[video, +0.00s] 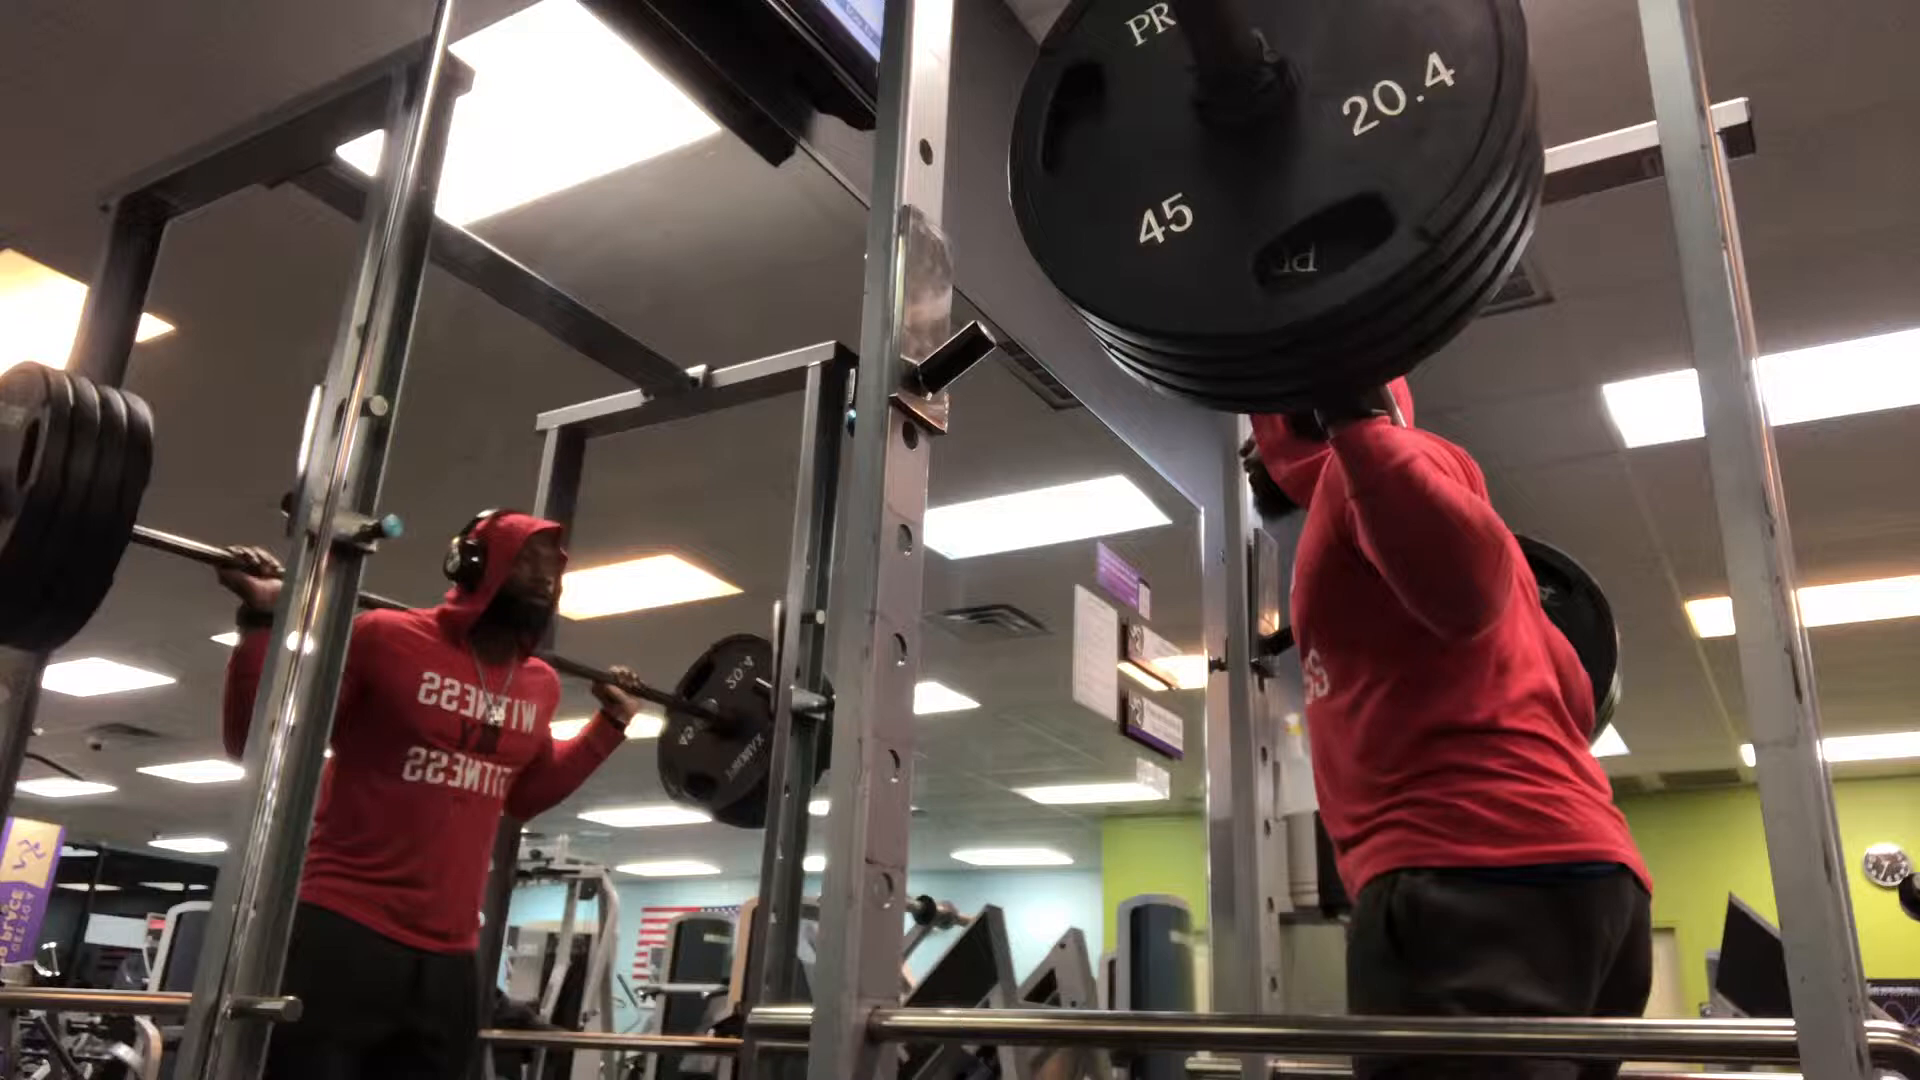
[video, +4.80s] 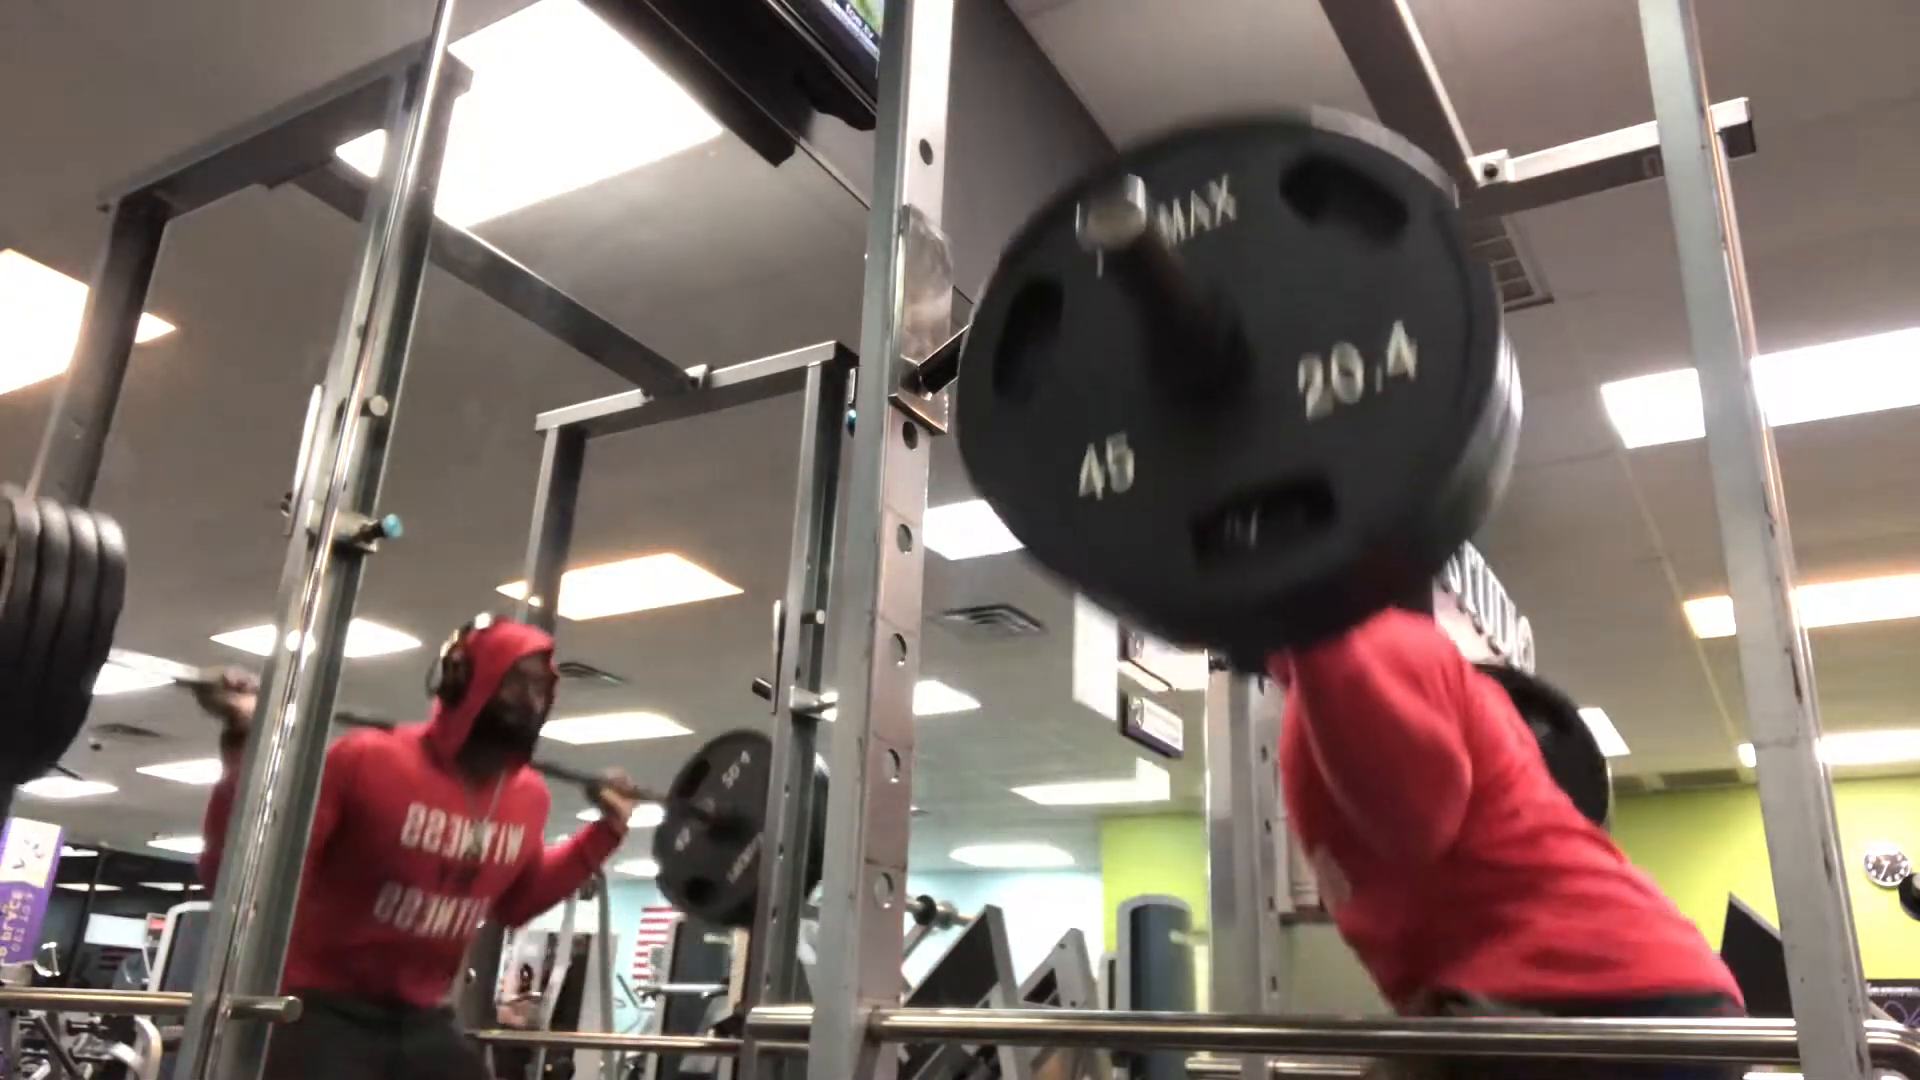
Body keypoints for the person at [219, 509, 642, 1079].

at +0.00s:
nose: (547, 579)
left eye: (555, 567)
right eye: (531, 562)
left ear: (560, 581)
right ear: (483, 566)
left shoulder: (538, 684)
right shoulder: (381, 636)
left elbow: (524, 796)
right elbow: (249, 742)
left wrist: (608, 724)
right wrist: (262, 620)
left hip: (450, 954)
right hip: (343, 928)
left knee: (435, 1072)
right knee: (314, 1071)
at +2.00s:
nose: (542, 601)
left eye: (553, 588)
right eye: (528, 582)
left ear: (560, 599)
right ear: (482, 578)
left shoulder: (534, 689)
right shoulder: (375, 643)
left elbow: (522, 798)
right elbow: (244, 753)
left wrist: (607, 725)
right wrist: (256, 629)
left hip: (444, 960)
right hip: (332, 934)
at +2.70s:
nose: (546, 661)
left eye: (554, 646)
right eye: (531, 639)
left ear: (557, 656)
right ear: (484, 639)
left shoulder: (530, 753)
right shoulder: (369, 710)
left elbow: (514, 863)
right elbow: (237, 821)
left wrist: (601, 790)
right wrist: (248, 695)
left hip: (426, 999)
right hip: (320, 985)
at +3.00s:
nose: (532, 727)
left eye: (542, 713)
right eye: (516, 707)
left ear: (548, 724)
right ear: (470, 706)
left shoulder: (520, 822)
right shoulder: (359, 783)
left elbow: (505, 929)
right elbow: (227, 899)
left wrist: (594, 858)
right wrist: (242, 772)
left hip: (410, 1051)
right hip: (305, 1040)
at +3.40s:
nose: (520, 805)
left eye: (531, 791)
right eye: (505, 786)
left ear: (540, 801)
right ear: (457, 783)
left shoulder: (512, 892)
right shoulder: (344, 862)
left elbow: (498, 1004)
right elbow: (224, 981)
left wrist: (585, 928)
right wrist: (226, 853)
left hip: (407, 1073)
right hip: (302, 1066)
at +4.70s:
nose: (529, 738)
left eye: (540, 722)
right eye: (513, 716)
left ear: (547, 734)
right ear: (467, 718)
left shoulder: (523, 829)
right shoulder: (358, 795)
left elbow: (511, 932)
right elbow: (223, 918)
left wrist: (601, 862)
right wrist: (242, 778)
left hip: (417, 1049)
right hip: (314, 1037)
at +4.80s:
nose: (532, 699)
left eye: (544, 686)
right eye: (516, 680)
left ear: (553, 699)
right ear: (471, 681)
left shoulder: (528, 795)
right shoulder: (365, 759)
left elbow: (515, 904)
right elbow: (233, 869)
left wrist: (606, 832)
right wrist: (247, 747)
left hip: (427, 1028)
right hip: (321, 1017)